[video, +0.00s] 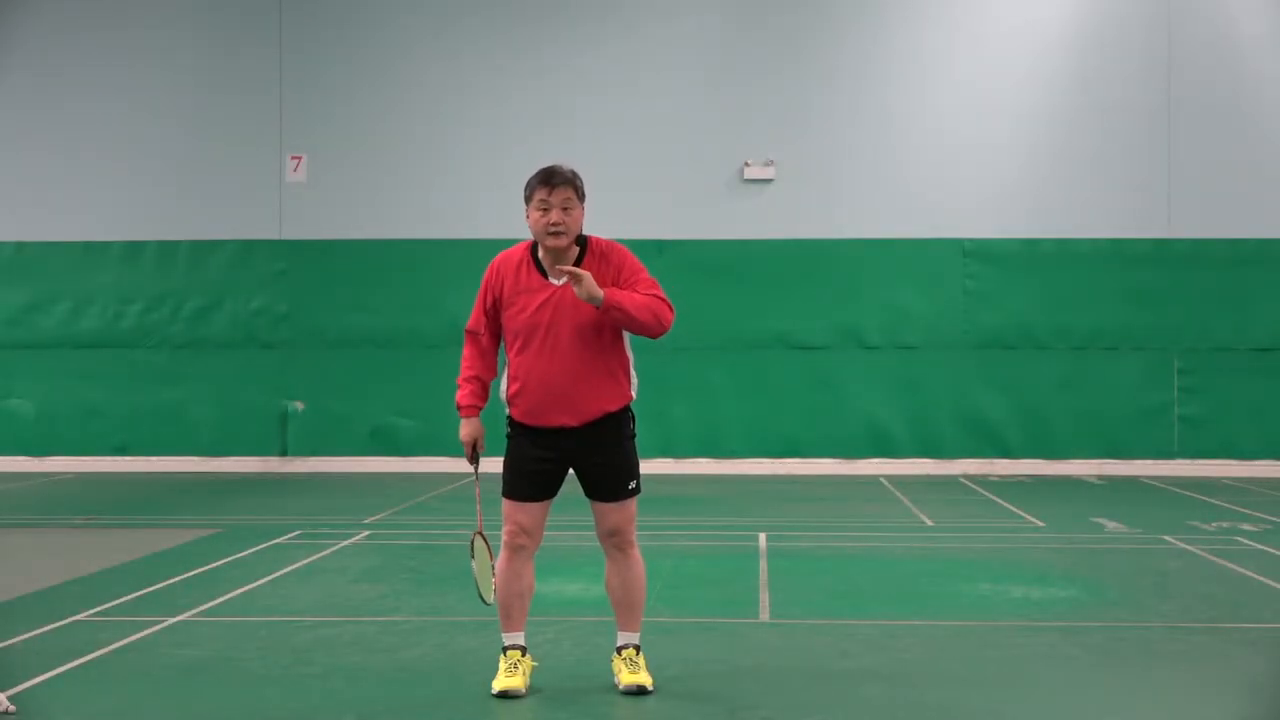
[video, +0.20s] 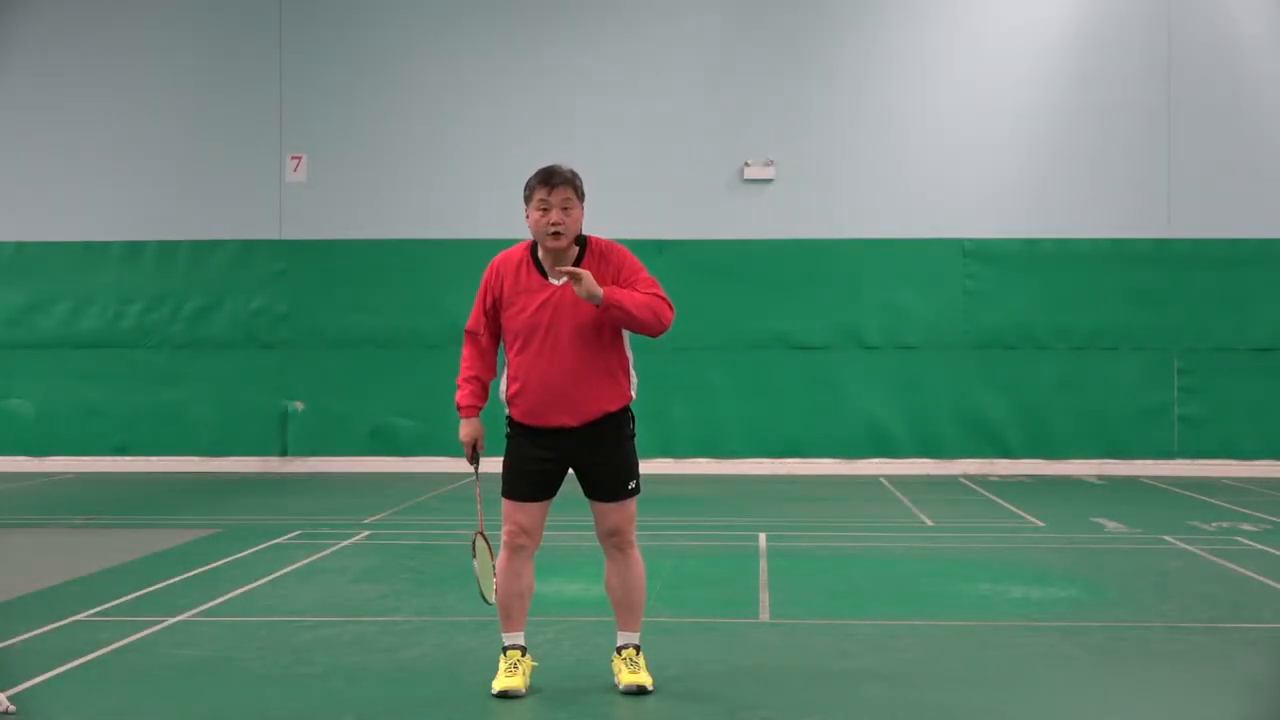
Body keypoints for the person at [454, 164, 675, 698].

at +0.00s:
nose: (555, 218)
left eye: (565, 207)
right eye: (543, 208)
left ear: (582, 212)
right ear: (528, 215)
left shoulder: (611, 258)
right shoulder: (504, 269)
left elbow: (659, 317)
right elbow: (480, 339)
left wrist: (603, 298)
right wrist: (470, 411)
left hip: (605, 425)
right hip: (532, 428)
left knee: (619, 537)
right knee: (517, 537)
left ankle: (629, 650)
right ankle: (513, 651)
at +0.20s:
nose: (555, 218)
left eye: (565, 208)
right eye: (543, 208)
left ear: (582, 212)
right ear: (527, 215)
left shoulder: (610, 258)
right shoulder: (503, 270)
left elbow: (659, 316)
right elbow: (480, 340)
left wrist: (603, 297)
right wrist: (470, 412)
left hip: (605, 425)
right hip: (532, 429)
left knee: (619, 536)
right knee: (517, 537)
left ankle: (629, 650)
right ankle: (513, 652)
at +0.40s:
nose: (555, 216)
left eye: (565, 206)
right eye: (544, 207)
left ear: (582, 211)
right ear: (528, 214)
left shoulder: (611, 258)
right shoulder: (504, 269)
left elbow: (660, 315)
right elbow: (480, 340)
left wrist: (602, 295)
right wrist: (471, 411)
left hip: (605, 425)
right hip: (532, 428)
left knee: (619, 536)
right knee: (517, 537)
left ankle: (629, 650)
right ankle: (513, 651)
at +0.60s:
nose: (555, 215)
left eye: (566, 205)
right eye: (544, 205)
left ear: (582, 211)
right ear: (528, 213)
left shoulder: (610, 258)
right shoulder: (505, 269)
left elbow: (660, 313)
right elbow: (481, 340)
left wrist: (601, 292)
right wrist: (472, 412)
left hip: (605, 425)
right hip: (533, 429)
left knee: (620, 536)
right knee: (517, 538)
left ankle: (630, 649)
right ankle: (513, 652)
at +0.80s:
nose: (556, 213)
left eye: (567, 203)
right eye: (545, 204)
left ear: (584, 209)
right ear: (530, 212)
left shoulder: (612, 257)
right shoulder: (506, 269)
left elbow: (658, 310)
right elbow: (482, 340)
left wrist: (608, 297)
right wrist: (473, 412)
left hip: (607, 424)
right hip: (535, 428)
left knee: (621, 535)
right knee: (518, 537)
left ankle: (630, 649)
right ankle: (513, 651)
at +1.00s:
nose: (568, 195)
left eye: (579, 186)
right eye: (557, 187)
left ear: (596, 196)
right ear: (542, 198)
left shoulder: (628, 255)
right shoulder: (516, 263)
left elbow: (674, 316)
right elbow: (489, 334)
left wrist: (620, 321)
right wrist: (476, 407)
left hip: (613, 420)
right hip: (539, 423)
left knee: (623, 535)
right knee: (521, 536)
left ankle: (629, 650)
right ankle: (513, 651)